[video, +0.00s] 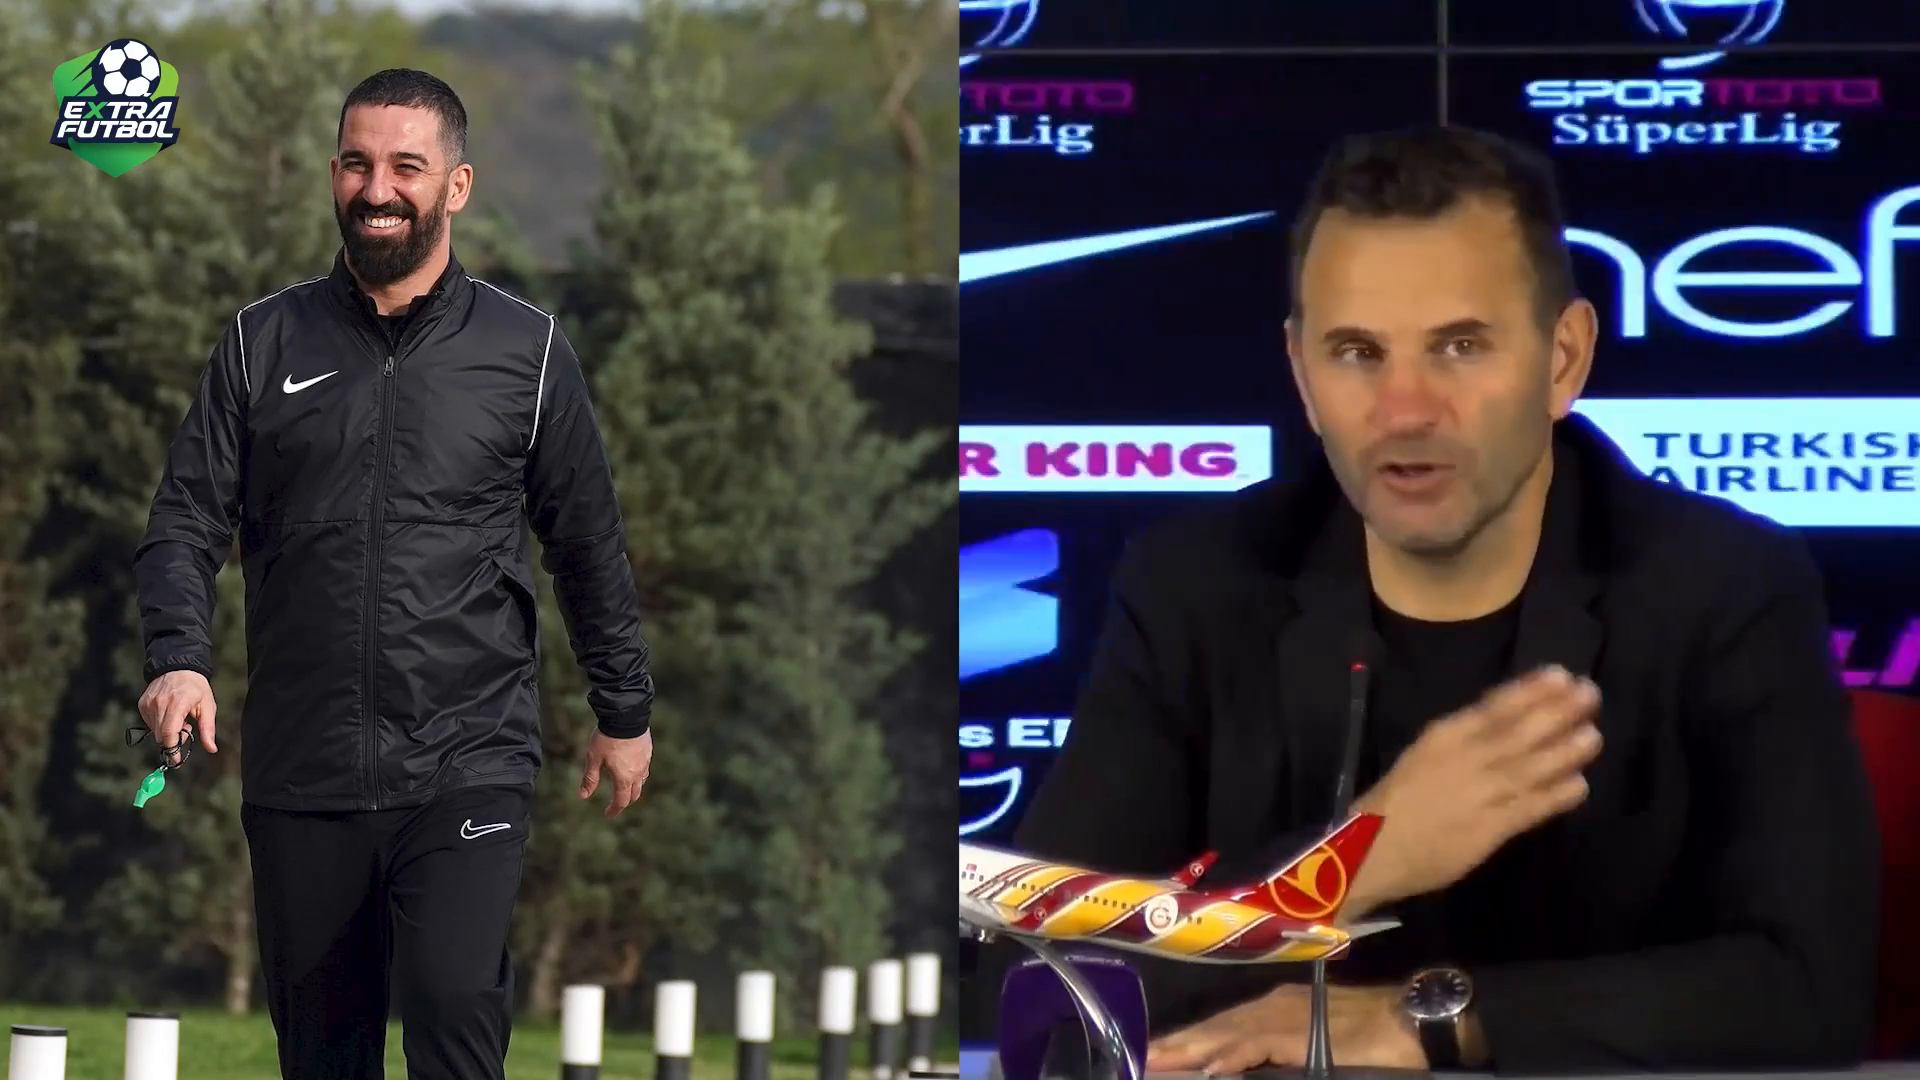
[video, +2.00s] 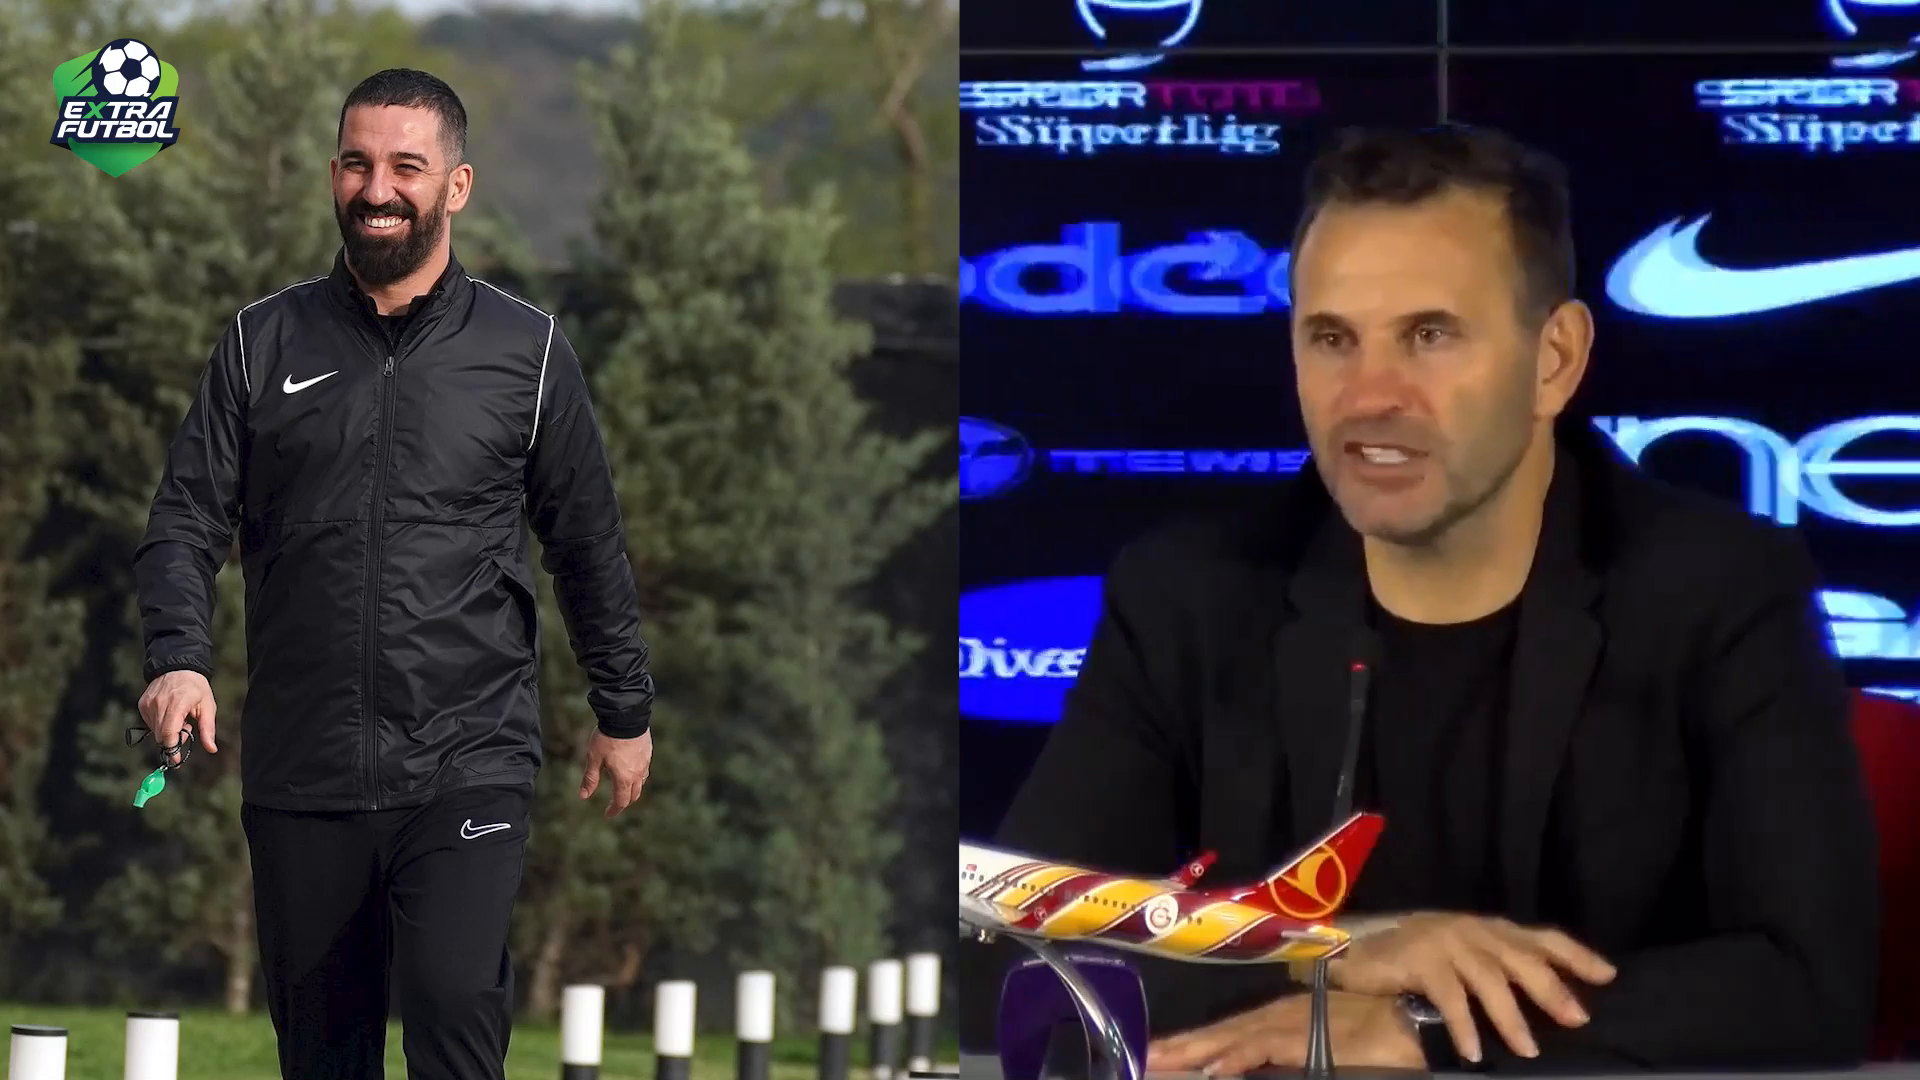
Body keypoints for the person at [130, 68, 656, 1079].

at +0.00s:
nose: (376, 187)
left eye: (405, 164)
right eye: (356, 162)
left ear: (458, 185)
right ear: (334, 176)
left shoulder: (529, 349)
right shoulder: (259, 342)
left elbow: (588, 540)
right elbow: (187, 513)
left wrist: (623, 709)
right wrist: (178, 658)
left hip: (471, 752)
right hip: (302, 755)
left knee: (455, 1019)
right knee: (320, 1042)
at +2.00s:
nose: (375, 187)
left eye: (405, 164)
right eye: (356, 162)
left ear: (458, 185)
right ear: (334, 177)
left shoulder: (530, 350)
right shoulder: (259, 342)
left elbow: (588, 541)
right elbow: (187, 513)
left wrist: (623, 708)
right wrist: (177, 658)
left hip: (472, 752)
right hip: (301, 755)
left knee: (455, 1018)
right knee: (320, 1042)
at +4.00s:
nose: (376, 187)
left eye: (405, 164)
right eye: (356, 162)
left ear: (458, 185)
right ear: (334, 177)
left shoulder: (530, 350)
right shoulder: (259, 342)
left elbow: (589, 541)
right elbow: (186, 513)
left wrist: (623, 708)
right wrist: (178, 658)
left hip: (471, 752)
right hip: (301, 755)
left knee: (455, 1019)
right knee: (320, 1043)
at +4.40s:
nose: (375, 186)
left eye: (405, 164)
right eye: (356, 162)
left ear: (458, 186)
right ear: (334, 177)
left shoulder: (530, 350)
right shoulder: (259, 343)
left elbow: (589, 542)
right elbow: (186, 513)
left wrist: (623, 708)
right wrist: (178, 658)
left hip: (472, 750)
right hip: (302, 753)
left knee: (454, 1017)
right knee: (320, 1041)